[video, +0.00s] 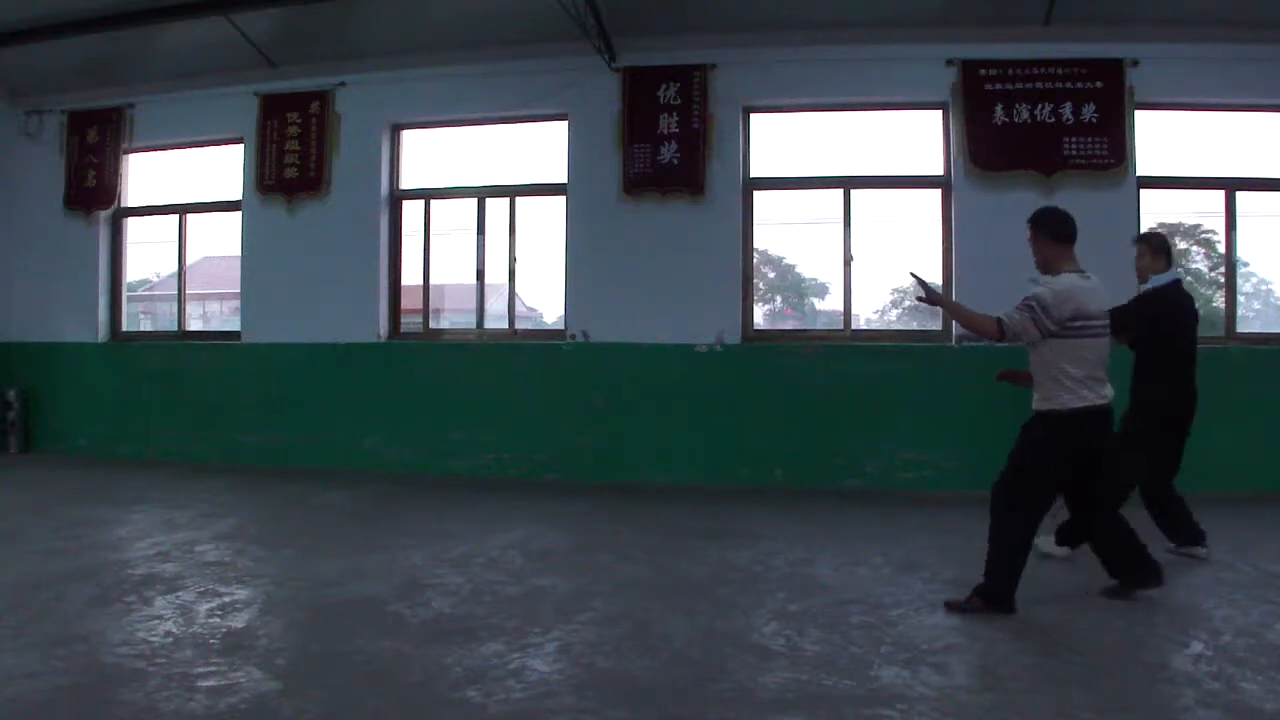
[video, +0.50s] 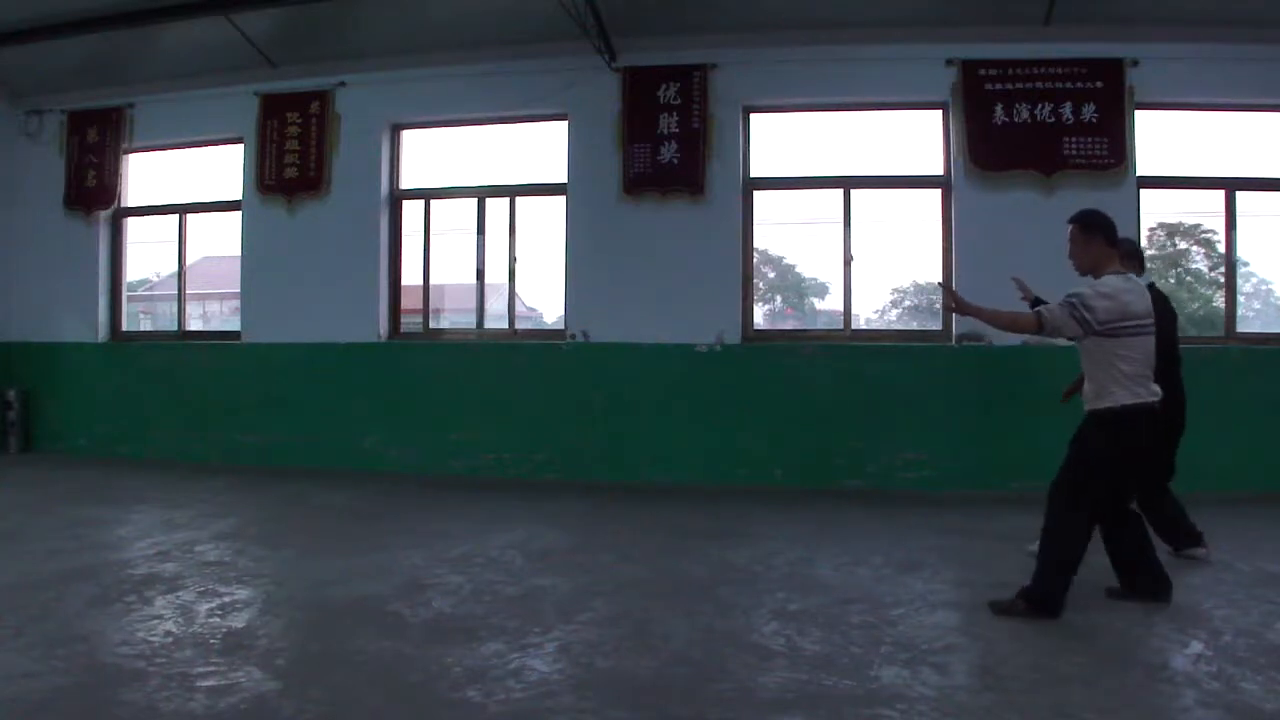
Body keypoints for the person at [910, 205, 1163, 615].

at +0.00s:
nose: (1031, 250)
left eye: (1033, 242)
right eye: (1031, 242)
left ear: (1048, 243)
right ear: (1068, 242)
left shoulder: (1051, 294)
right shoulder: (1094, 290)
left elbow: (999, 330)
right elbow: (1086, 361)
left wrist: (943, 302)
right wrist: (1033, 377)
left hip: (1057, 422)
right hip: (1095, 418)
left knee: (1012, 500)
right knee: (1090, 504)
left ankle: (996, 594)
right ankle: (1140, 572)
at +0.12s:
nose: (1045, 256)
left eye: (1049, 247)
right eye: (1045, 247)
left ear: (1069, 247)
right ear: (1082, 248)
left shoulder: (1069, 299)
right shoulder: (1108, 293)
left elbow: (1012, 330)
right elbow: (1096, 363)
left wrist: (954, 305)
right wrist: (1046, 377)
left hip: (1072, 425)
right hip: (1111, 421)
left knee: (1026, 505)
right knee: (1096, 506)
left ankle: (998, 593)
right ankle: (1146, 582)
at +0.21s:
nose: (1059, 257)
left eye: (1064, 247)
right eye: (1060, 248)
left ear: (1087, 248)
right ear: (1098, 249)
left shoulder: (1088, 300)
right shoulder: (1123, 294)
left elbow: (1025, 327)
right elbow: (1113, 361)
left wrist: (961, 306)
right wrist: (1064, 376)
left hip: (1091, 423)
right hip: (1124, 417)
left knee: (1045, 507)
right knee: (1106, 505)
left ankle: (1003, 592)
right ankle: (1146, 584)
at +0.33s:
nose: (1069, 254)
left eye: (1075, 245)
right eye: (1070, 245)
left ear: (1098, 245)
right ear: (1108, 246)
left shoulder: (1096, 300)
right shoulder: (1138, 293)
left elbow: (1033, 324)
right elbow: (1131, 360)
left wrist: (968, 308)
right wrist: (1084, 379)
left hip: (1106, 422)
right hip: (1141, 416)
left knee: (1060, 498)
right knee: (1108, 501)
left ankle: (1034, 596)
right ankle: (1146, 583)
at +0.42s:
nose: (1071, 252)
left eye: (1077, 243)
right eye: (1072, 243)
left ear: (1100, 244)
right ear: (1109, 245)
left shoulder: (1100, 298)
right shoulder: (1139, 292)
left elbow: (1035, 323)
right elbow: (1129, 354)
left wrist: (969, 308)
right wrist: (1085, 379)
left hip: (1111, 420)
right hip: (1143, 415)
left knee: (1065, 499)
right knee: (1109, 500)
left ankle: (1043, 597)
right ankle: (1147, 583)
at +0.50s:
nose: (1069, 252)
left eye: (1074, 243)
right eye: (1069, 244)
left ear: (1097, 243)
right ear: (1106, 245)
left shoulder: (1096, 297)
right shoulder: (1139, 292)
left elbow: (1034, 323)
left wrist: (966, 308)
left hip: (1111, 419)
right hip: (1144, 413)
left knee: (1067, 500)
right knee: (1111, 500)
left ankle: (1044, 598)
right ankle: (1146, 583)